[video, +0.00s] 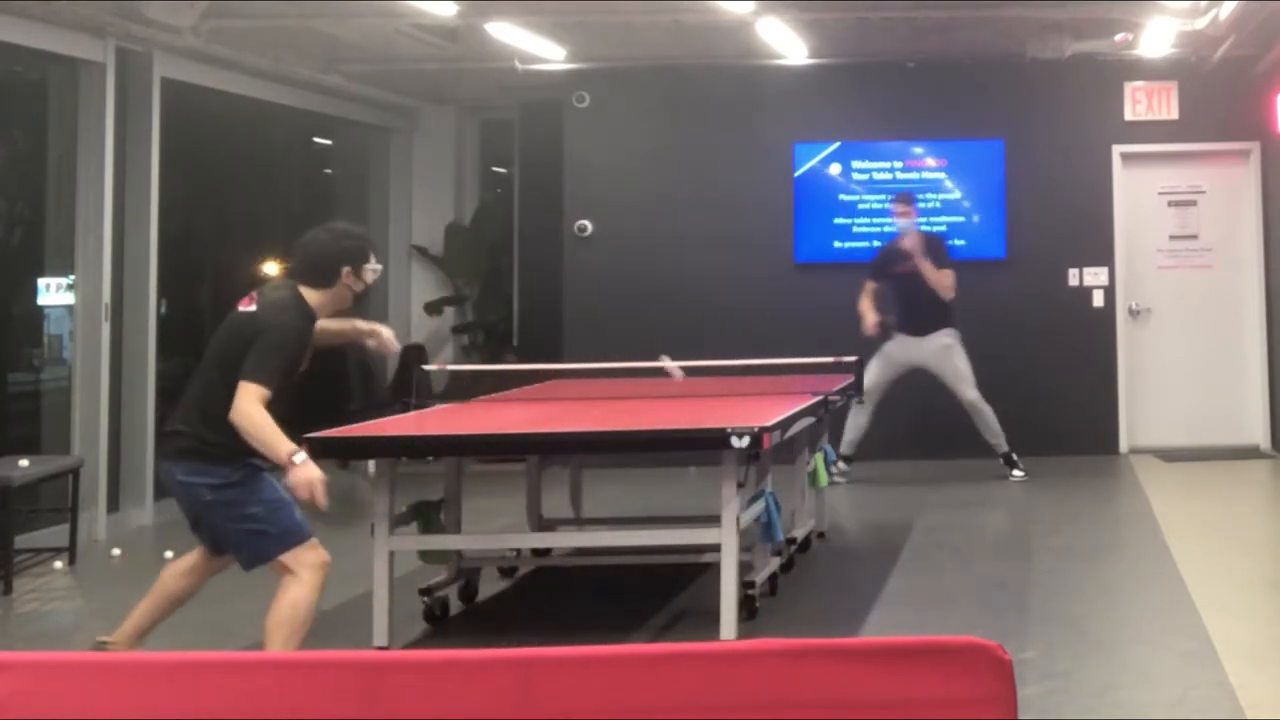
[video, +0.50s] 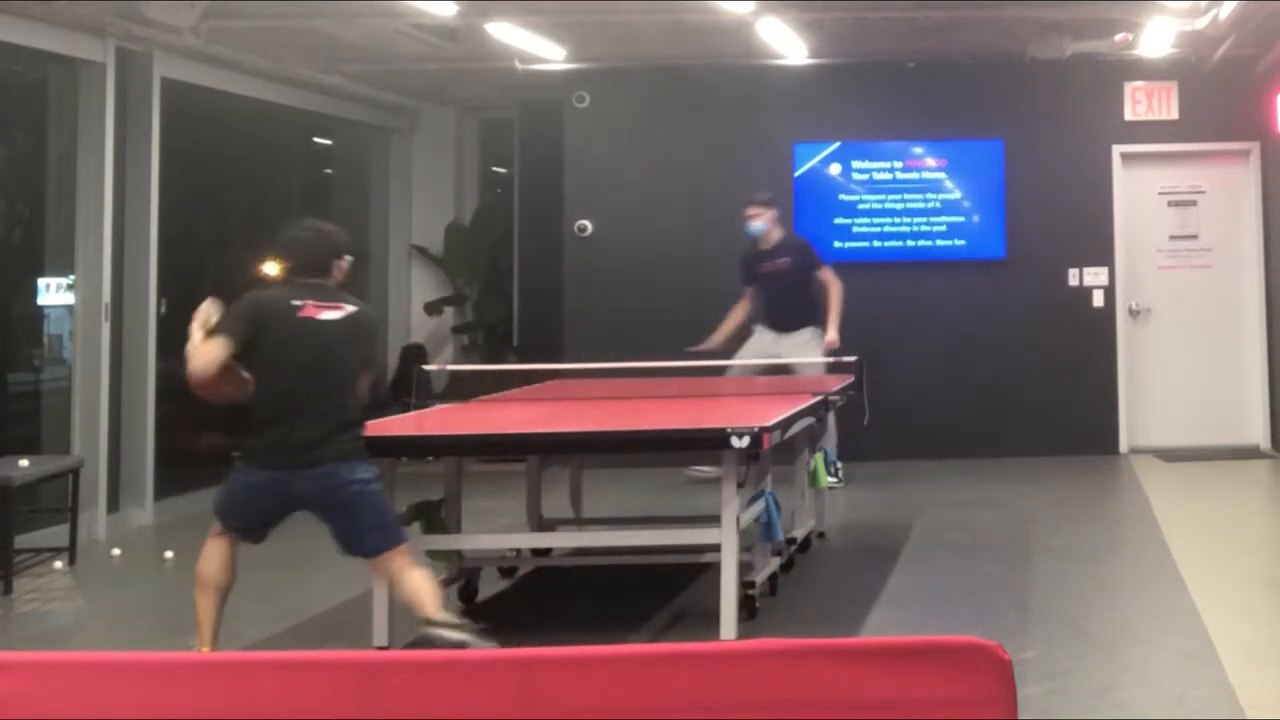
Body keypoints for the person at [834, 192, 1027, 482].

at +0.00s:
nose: (901, 220)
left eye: (906, 214)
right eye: (897, 215)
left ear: (915, 214)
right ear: (892, 216)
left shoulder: (933, 245)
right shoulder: (888, 253)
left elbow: (947, 290)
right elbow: (867, 292)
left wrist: (919, 257)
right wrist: (870, 316)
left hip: (940, 341)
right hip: (900, 342)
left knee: (971, 397)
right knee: (865, 394)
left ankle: (1007, 456)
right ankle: (843, 460)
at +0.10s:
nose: (861, 218)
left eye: (866, 212)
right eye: (857, 213)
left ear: (877, 212)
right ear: (853, 216)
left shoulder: (899, 244)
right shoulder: (849, 253)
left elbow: (929, 286)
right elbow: (837, 291)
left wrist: (894, 278)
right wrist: (837, 323)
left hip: (910, 339)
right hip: (869, 340)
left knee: (949, 394)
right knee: (842, 393)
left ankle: (1001, 453)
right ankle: (833, 462)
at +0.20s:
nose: (830, 215)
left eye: (835, 209)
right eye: (826, 210)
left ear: (846, 210)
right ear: (821, 212)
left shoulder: (869, 242)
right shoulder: (819, 250)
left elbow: (903, 280)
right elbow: (810, 292)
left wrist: (879, 294)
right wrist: (808, 329)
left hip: (878, 334)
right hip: (838, 337)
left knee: (911, 390)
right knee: (828, 399)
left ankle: (953, 452)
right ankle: (829, 463)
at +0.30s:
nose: (805, 209)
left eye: (810, 204)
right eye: (802, 204)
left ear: (823, 204)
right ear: (798, 207)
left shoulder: (846, 237)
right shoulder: (795, 246)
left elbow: (879, 275)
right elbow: (790, 287)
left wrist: (861, 305)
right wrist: (786, 325)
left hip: (849, 327)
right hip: (812, 330)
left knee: (866, 389)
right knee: (804, 391)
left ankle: (886, 454)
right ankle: (820, 458)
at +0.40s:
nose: (781, 212)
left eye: (787, 205)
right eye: (777, 207)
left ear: (800, 205)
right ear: (773, 211)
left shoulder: (824, 237)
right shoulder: (774, 246)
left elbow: (856, 277)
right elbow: (771, 288)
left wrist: (847, 315)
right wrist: (761, 325)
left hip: (824, 326)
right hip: (788, 326)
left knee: (831, 390)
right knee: (765, 381)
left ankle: (835, 457)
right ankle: (776, 448)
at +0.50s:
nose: (752, 223)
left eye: (758, 217)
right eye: (748, 218)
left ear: (774, 215)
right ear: (745, 222)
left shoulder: (798, 249)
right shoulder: (752, 258)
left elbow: (833, 283)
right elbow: (746, 303)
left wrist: (832, 330)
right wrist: (713, 343)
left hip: (803, 335)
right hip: (765, 335)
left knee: (818, 397)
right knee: (730, 386)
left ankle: (829, 462)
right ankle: (728, 458)